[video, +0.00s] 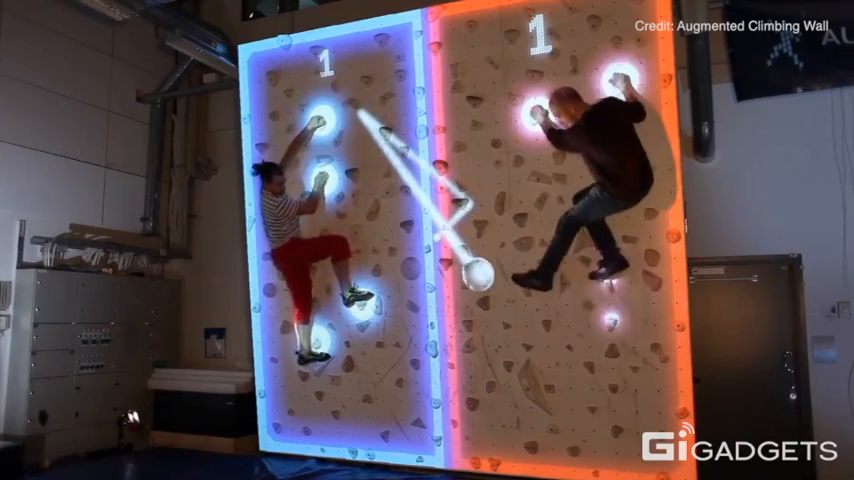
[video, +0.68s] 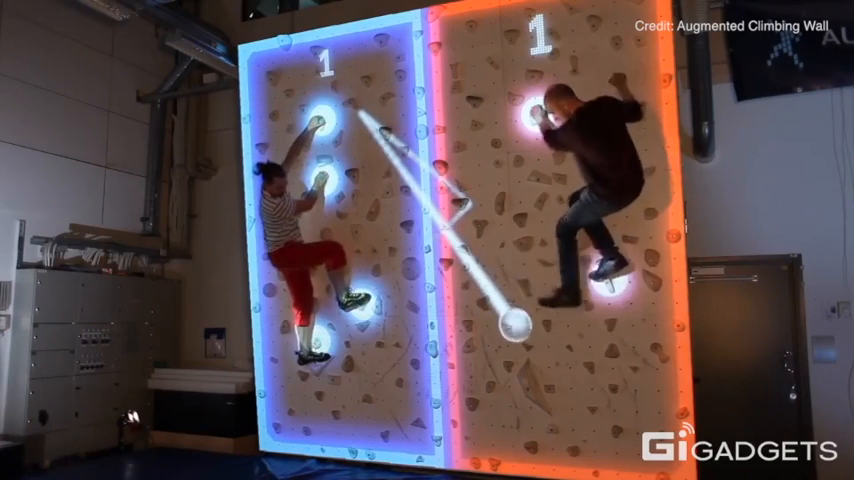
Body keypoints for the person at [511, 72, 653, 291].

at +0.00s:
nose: (559, 121)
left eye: (558, 115)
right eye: (556, 116)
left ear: (569, 109)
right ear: (578, 100)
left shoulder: (580, 134)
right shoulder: (610, 105)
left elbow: (558, 141)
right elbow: (639, 114)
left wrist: (544, 123)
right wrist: (629, 92)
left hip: (622, 193)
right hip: (643, 178)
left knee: (569, 221)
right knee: (581, 200)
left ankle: (543, 275)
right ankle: (612, 259)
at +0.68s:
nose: (555, 117)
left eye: (554, 112)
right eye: (553, 113)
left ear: (563, 105)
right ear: (573, 97)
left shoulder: (572, 130)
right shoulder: (606, 104)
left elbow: (553, 141)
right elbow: (636, 113)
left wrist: (543, 124)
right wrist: (624, 92)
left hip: (612, 194)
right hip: (634, 180)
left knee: (565, 228)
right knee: (577, 200)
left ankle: (569, 292)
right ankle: (612, 258)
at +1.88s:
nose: (539, 115)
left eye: (538, 110)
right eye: (537, 111)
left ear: (548, 105)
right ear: (560, 98)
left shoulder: (555, 131)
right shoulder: (588, 109)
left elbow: (546, 147)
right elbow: (620, 118)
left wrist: (539, 125)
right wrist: (622, 93)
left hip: (592, 200)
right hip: (615, 188)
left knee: (553, 235)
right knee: (574, 214)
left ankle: (581, 294)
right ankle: (611, 261)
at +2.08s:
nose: (531, 106)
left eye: (531, 101)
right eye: (530, 101)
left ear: (541, 96)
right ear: (551, 89)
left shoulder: (546, 123)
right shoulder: (581, 101)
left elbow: (542, 145)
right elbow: (616, 115)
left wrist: (538, 120)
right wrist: (619, 91)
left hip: (583, 192)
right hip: (607, 182)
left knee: (536, 212)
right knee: (562, 213)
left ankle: (539, 273)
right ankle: (608, 260)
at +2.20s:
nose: (532, 109)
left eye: (530, 104)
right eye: (529, 104)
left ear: (539, 98)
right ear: (550, 89)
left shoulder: (546, 123)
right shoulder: (582, 100)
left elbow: (543, 145)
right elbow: (618, 115)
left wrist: (539, 121)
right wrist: (621, 92)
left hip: (586, 191)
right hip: (611, 180)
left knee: (540, 212)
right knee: (564, 211)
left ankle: (540, 273)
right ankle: (609, 260)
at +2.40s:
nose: (528, 101)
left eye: (527, 95)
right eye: (526, 96)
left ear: (536, 91)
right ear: (548, 85)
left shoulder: (541, 118)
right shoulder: (578, 98)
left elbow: (541, 144)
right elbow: (618, 113)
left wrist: (534, 118)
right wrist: (620, 91)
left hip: (575, 187)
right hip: (602, 178)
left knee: (537, 215)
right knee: (564, 214)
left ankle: (540, 274)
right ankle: (608, 260)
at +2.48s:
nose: (523, 95)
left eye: (521, 89)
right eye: (521, 91)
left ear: (529, 84)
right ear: (545, 77)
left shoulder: (534, 111)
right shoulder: (573, 92)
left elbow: (539, 143)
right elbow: (614, 109)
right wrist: (618, 91)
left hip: (566, 181)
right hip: (594, 173)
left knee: (535, 214)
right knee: (562, 214)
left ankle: (540, 274)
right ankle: (607, 259)